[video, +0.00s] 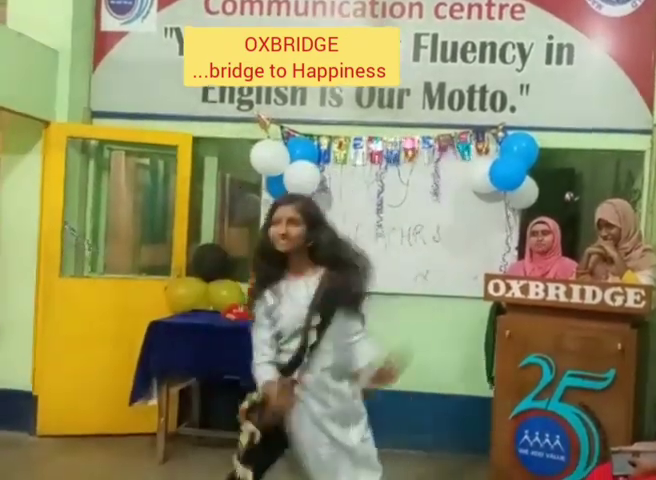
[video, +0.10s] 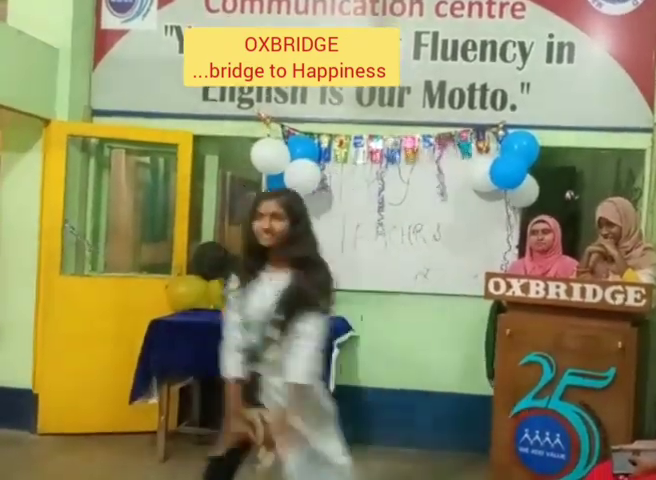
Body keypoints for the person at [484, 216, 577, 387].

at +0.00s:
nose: (539, 239)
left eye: (545, 234)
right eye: (534, 234)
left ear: (555, 238)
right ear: (527, 239)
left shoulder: (570, 268)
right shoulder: (515, 268)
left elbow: (573, 309)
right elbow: (501, 309)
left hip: (557, 337)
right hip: (519, 337)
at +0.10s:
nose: (540, 238)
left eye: (545, 232)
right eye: (534, 233)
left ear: (556, 236)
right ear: (528, 238)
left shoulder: (570, 267)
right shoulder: (516, 267)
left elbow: (574, 309)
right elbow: (499, 311)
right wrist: (492, 368)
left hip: (558, 339)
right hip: (520, 338)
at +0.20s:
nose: (540, 237)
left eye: (546, 231)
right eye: (535, 232)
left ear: (556, 235)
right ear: (528, 237)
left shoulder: (570, 266)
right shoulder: (516, 266)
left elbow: (574, 309)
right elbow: (499, 311)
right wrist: (493, 370)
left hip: (559, 339)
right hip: (520, 337)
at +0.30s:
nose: (540, 235)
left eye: (546, 230)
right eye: (535, 230)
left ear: (556, 233)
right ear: (528, 235)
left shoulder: (571, 264)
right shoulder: (517, 264)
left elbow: (574, 308)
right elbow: (499, 309)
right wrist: (494, 367)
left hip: (558, 337)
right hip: (520, 335)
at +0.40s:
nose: (540, 232)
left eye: (546, 227)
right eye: (535, 227)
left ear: (556, 231)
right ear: (529, 233)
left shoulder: (571, 261)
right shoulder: (517, 261)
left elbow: (575, 299)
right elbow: (505, 299)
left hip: (559, 329)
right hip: (521, 327)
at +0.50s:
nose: (541, 230)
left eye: (547, 225)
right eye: (536, 225)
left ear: (557, 228)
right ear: (529, 230)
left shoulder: (572, 259)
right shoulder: (517, 260)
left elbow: (576, 294)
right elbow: (505, 293)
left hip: (559, 325)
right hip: (522, 323)